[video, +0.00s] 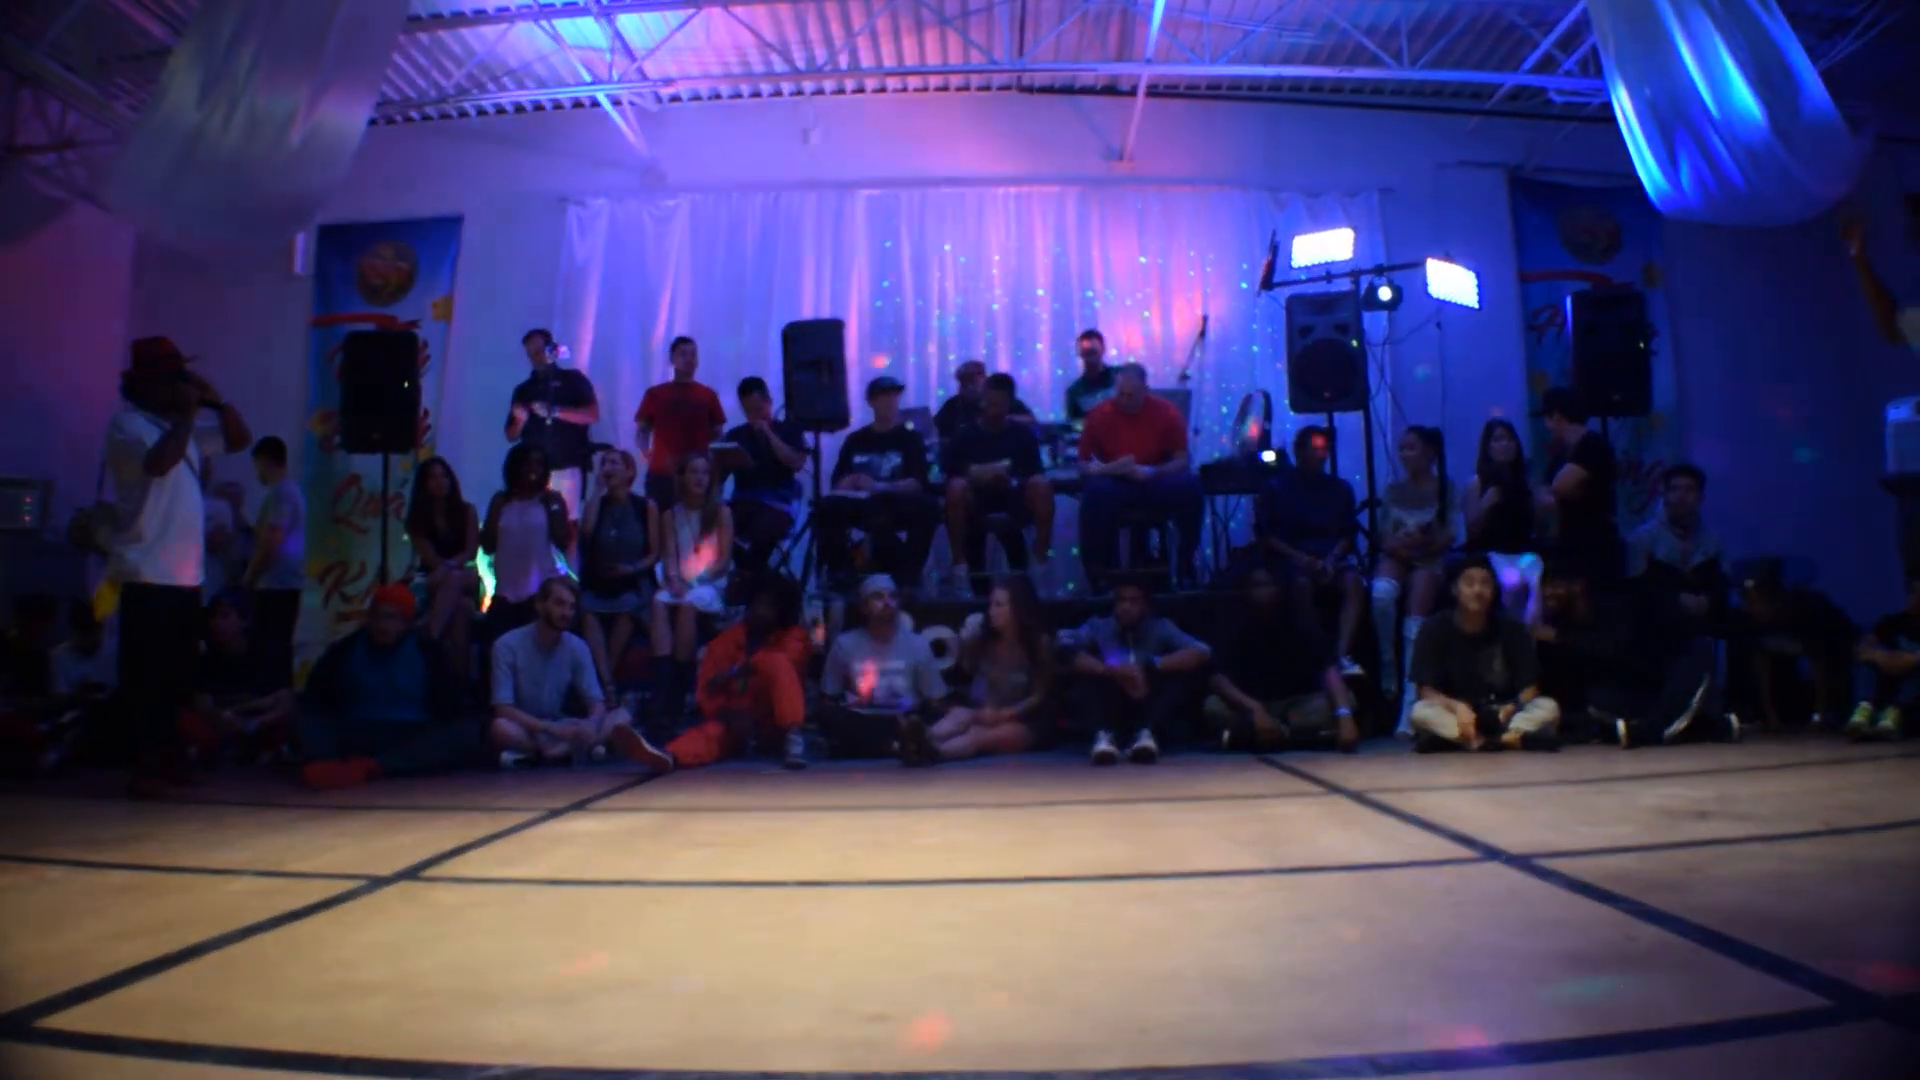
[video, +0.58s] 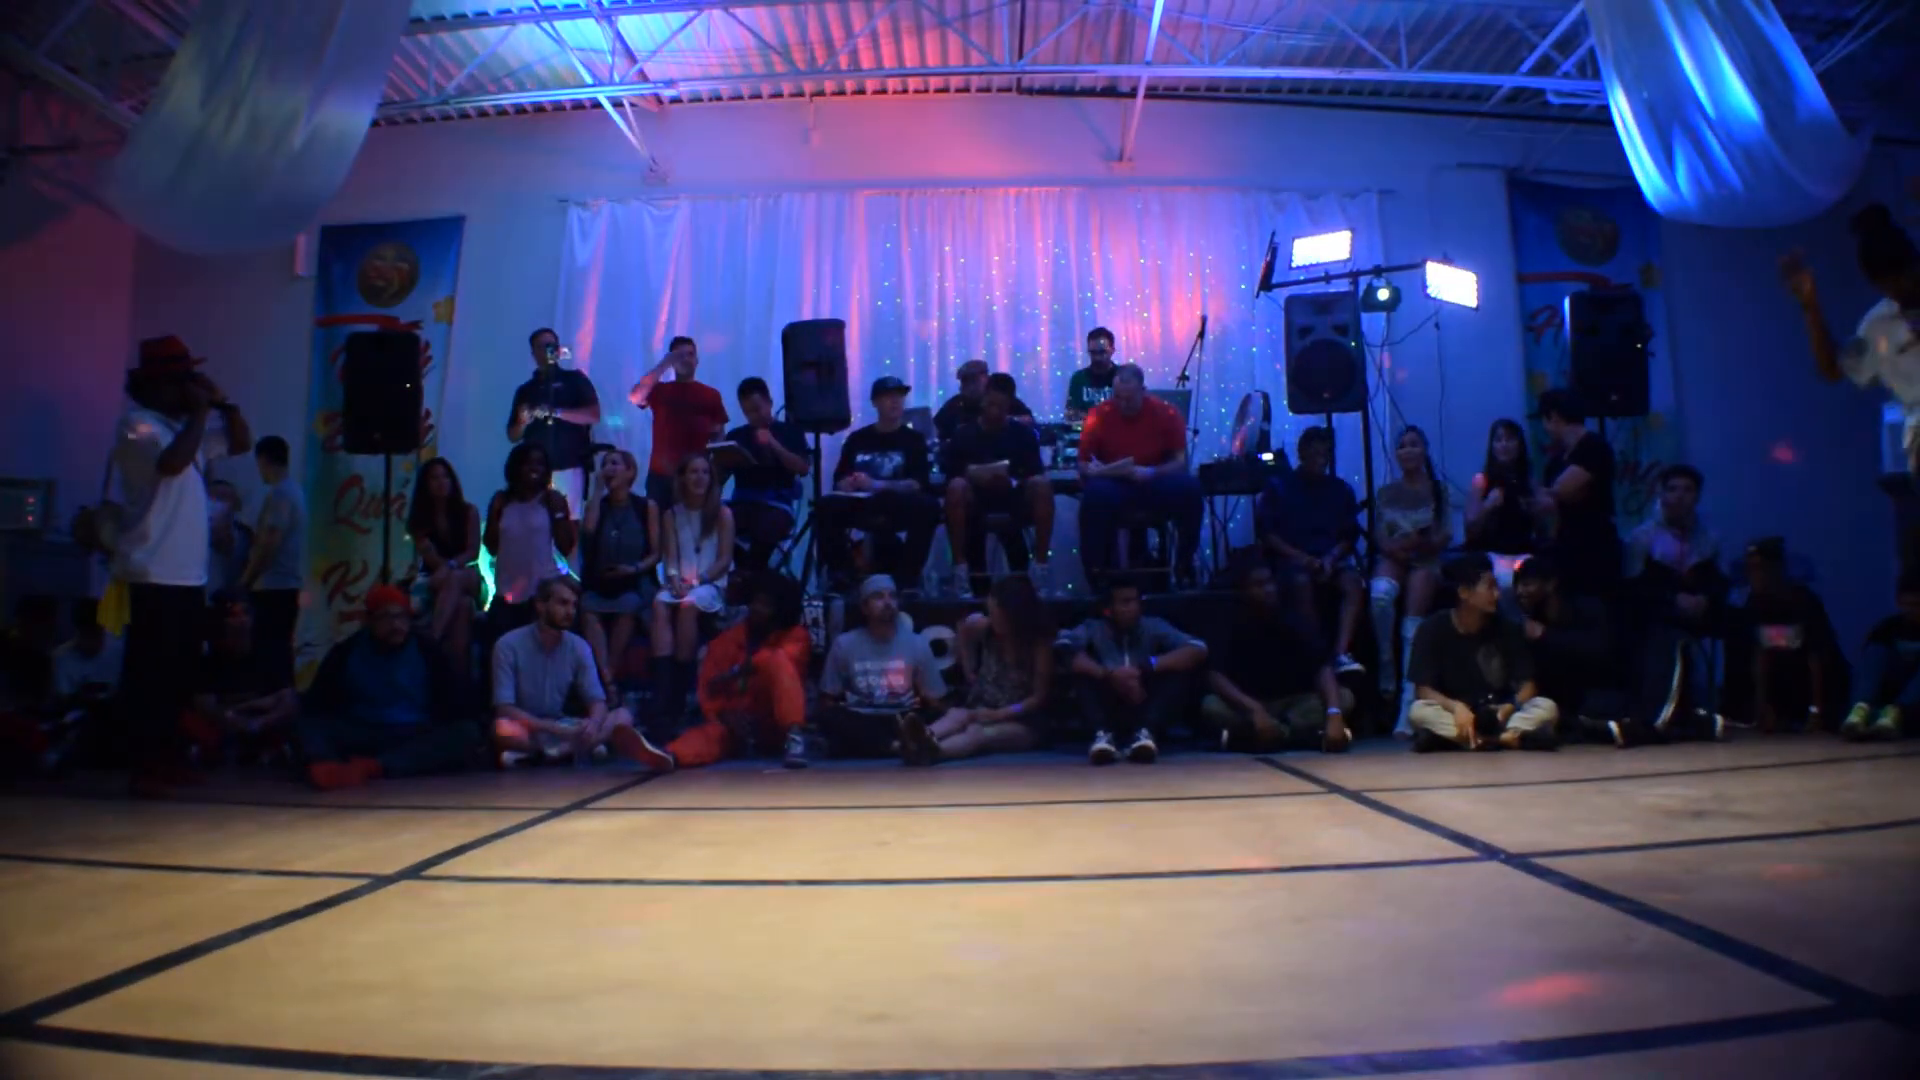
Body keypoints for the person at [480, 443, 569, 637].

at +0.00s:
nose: (533, 472)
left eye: (538, 466)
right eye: (527, 466)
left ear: (545, 470)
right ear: (514, 469)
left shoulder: (551, 501)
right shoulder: (500, 501)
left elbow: (563, 542)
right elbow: (488, 545)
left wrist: (553, 510)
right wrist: (497, 510)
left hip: (541, 591)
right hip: (506, 592)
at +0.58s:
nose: (534, 470)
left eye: (540, 465)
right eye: (528, 464)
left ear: (547, 470)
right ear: (515, 468)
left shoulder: (554, 500)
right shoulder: (501, 500)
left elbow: (566, 546)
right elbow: (491, 546)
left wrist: (557, 511)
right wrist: (496, 513)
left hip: (544, 593)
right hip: (508, 593)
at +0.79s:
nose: (534, 469)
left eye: (539, 464)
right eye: (528, 463)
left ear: (546, 469)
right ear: (516, 467)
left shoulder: (552, 502)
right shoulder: (501, 502)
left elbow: (563, 548)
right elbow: (492, 544)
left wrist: (558, 512)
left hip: (542, 589)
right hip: (507, 589)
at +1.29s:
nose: (534, 469)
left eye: (540, 464)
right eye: (528, 463)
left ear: (547, 469)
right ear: (516, 467)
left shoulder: (551, 501)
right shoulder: (499, 503)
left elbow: (561, 548)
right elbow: (491, 543)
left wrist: (559, 513)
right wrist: (511, 563)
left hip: (544, 591)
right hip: (508, 591)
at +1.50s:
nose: (535, 468)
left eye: (540, 463)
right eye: (529, 462)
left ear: (547, 468)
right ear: (516, 467)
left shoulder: (552, 501)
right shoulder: (500, 504)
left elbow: (561, 548)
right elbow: (493, 543)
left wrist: (558, 515)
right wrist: (509, 564)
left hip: (545, 580)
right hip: (510, 582)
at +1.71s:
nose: (534, 469)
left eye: (539, 463)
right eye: (527, 463)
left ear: (546, 469)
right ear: (515, 468)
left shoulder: (551, 503)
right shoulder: (498, 505)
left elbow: (561, 549)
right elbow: (489, 547)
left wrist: (555, 513)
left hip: (546, 582)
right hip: (509, 583)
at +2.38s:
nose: (534, 471)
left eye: (539, 466)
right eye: (528, 466)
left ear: (545, 471)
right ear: (516, 471)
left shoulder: (553, 507)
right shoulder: (499, 512)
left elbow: (546, 529)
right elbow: (485, 543)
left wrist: (510, 520)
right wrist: (529, 533)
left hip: (546, 598)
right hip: (506, 598)